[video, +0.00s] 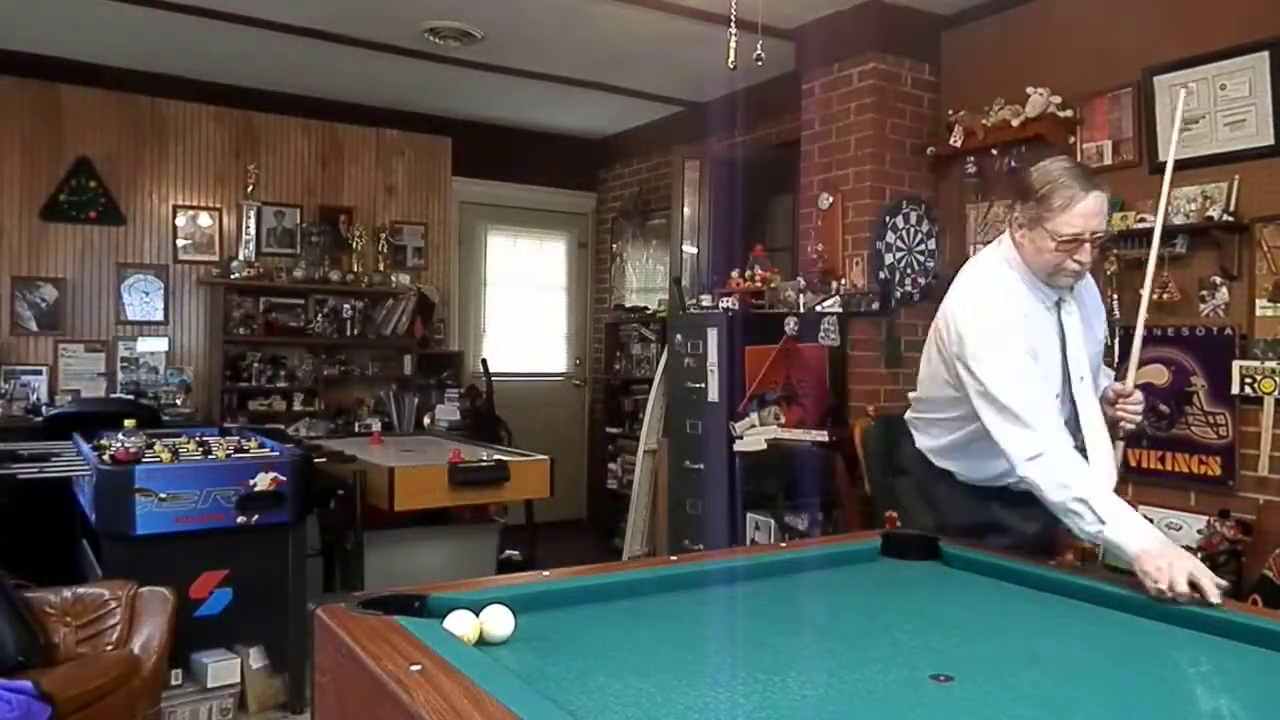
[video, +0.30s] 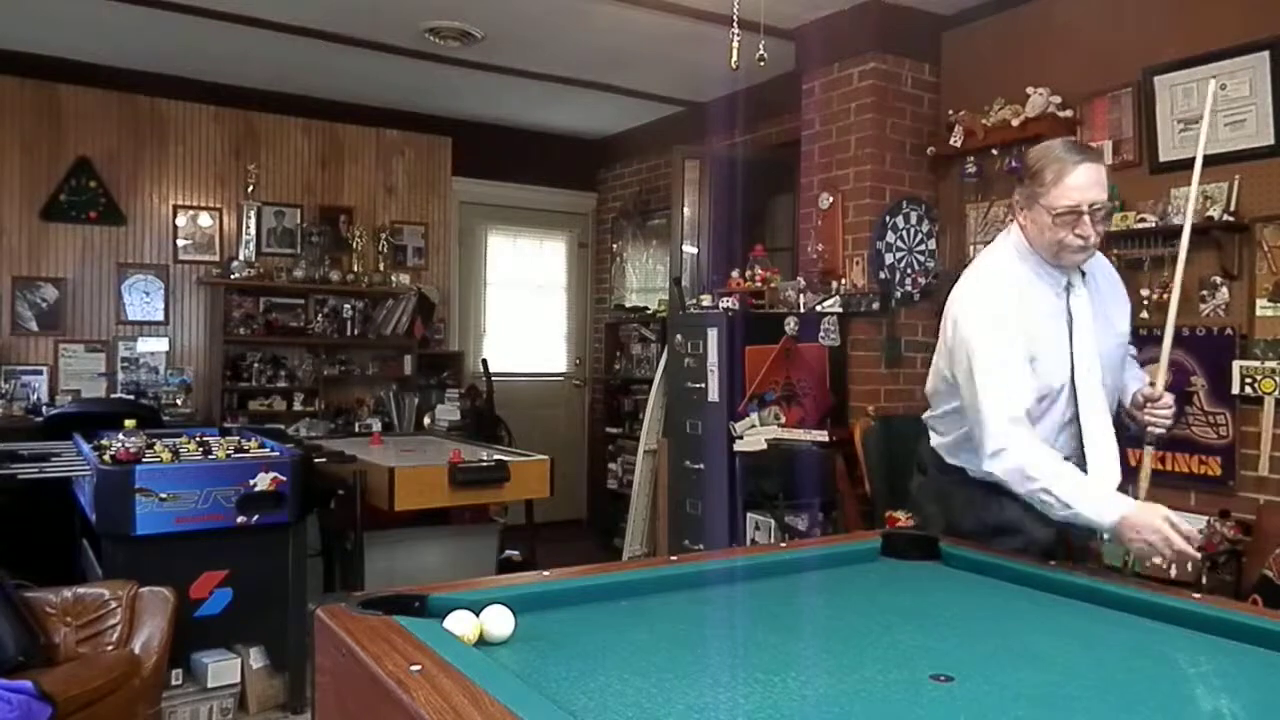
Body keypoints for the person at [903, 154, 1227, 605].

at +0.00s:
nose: (1085, 259)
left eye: (1095, 242)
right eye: (1069, 242)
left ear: (1103, 234)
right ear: (1020, 227)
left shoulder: (1077, 282)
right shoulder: (984, 306)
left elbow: (1085, 368)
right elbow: (1039, 453)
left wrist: (1107, 396)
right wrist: (1146, 545)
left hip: (1036, 497)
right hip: (957, 499)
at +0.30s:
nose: (1087, 231)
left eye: (1098, 212)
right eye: (1067, 214)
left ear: (1107, 207)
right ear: (1022, 210)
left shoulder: (1098, 274)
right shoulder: (986, 296)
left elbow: (1116, 360)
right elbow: (1005, 448)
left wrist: (1138, 398)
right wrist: (1118, 514)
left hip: (1066, 492)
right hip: (979, 499)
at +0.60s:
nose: (1063, 192)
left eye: (1079, 175)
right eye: (1046, 179)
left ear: (1108, 180)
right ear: (1026, 189)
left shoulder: (1142, 280)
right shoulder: (979, 276)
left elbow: (1181, 371)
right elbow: (924, 388)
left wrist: (1180, 416)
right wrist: (975, 464)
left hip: (1105, 510)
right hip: (996, 509)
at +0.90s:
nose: (1091, 179)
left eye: (1112, 166)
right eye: (1083, 166)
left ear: (1154, 180)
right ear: (1071, 174)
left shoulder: (1188, 288)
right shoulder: (1018, 259)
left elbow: (1233, 412)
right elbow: (952, 332)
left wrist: (1144, 461)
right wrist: (926, 322)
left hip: (1110, 512)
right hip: (1002, 494)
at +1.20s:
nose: (1086, 178)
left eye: (1105, 164)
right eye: (1082, 165)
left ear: (1153, 173)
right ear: (1074, 172)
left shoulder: (1188, 280)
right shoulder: (1037, 254)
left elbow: (1207, 416)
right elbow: (951, 312)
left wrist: (1103, 466)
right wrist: (936, 249)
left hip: (1112, 507)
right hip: (1009, 484)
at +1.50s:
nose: (1057, 181)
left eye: (1074, 166)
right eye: (1050, 170)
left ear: (1118, 173)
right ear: (1043, 181)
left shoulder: (1163, 271)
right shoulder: (1019, 261)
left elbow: (1188, 406)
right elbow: (938, 325)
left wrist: (1096, 473)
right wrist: (929, 257)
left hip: (1109, 503)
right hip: (1010, 488)